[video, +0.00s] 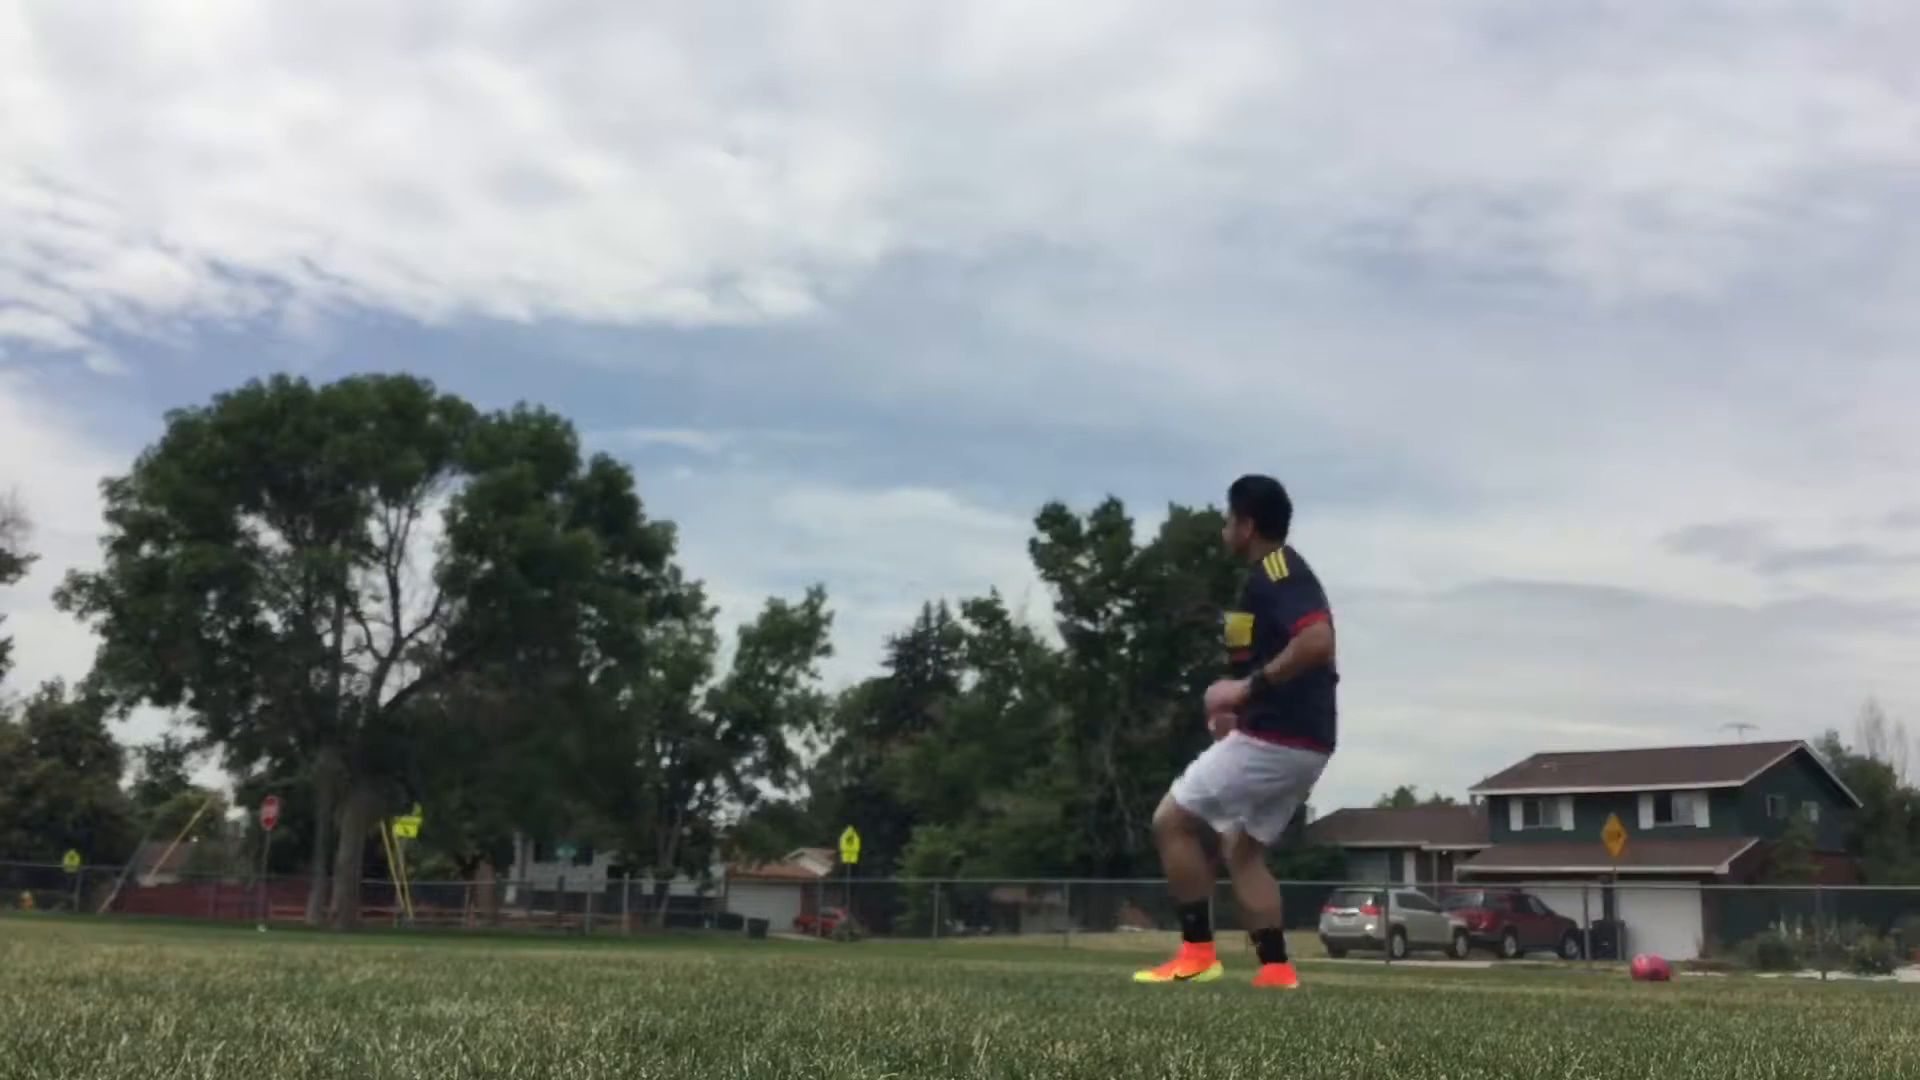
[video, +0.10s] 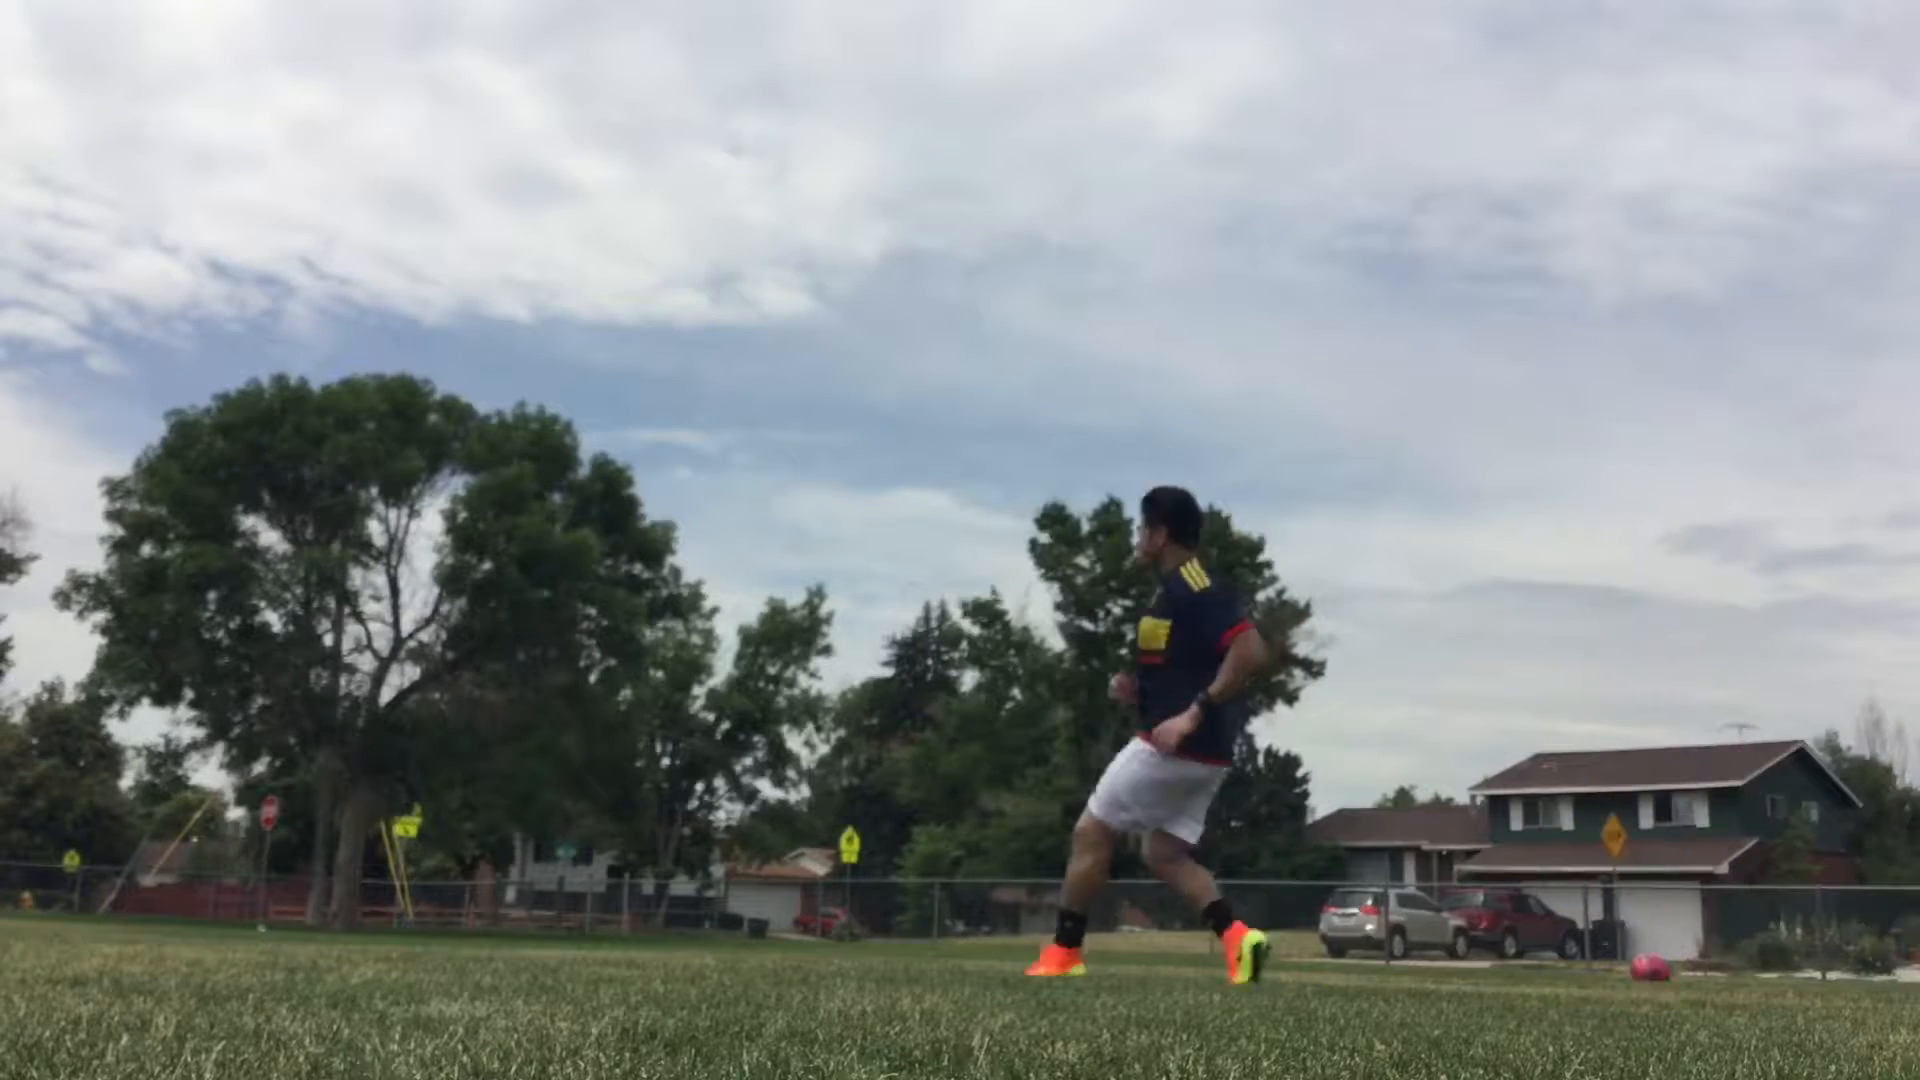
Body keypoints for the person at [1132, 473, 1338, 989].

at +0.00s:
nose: (1225, 531)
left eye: (1229, 520)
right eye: (1227, 520)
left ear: (1247, 524)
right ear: (1267, 524)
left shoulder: (1276, 568)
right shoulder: (1277, 573)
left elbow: (1316, 640)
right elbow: (1288, 664)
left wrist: (1249, 688)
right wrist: (1239, 712)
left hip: (1275, 737)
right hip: (1300, 742)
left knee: (1172, 821)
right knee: (1241, 850)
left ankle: (1197, 952)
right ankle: (1277, 969)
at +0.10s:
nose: (1137, 539)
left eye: (1142, 529)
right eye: (1140, 528)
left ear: (1161, 534)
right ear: (1175, 534)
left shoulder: (1194, 586)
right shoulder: (1179, 587)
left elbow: (1249, 650)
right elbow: (1193, 669)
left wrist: (1194, 712)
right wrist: (1141, 688)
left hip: (1171, 744)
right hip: (1203, 751)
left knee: (1091, 832)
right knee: (1166, 856)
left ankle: (1065, 949)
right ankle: (1234, 934)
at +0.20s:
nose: (1059, 549)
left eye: (1064, 539)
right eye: (1061, 538)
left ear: (1084, 541)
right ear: (1098, 541)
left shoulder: (1113, 591)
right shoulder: (1104, 590)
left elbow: (1149, 669)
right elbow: (1111, 663)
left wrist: (1092, 717)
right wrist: (1064, 683)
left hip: (1096, 742)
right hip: (1120, 748)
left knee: (1019, 836)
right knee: (1070, 832)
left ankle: (1053, 951)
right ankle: (1130, 915)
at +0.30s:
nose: (980, 566)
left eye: (985, 556)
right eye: (982, 556)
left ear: (1007, 556)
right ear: (1015, 557)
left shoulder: (1036, 591)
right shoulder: (1024, 597)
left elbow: (1072, 644)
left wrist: (1012, 672)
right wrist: (1005, 687)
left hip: (1044, 752)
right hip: (1055, 751)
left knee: (944, 816)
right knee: (1020, 840)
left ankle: (994, 915)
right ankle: (1037, 939)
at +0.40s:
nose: (906, 600)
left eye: (912, 590)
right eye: (907, 590)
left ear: (937, 593)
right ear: (942, 593)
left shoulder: (972, 632)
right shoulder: (954, 638)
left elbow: (1035, 670)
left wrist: (977, 712)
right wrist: (949, 728)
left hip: (983, 781)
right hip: (988, 780)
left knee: (882, 831)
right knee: (980, 874)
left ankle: (891, 917)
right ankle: (1011, 961)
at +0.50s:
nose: (832, 614)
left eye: (841, 605)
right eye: (833, 604)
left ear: (873, 610)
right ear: (864, 613)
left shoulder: (905, 654)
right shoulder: (872, 658)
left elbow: (975, 704)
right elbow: (916, 721)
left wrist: (956, 774)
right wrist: (872, 751)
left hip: (908, 793)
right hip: (919, 788)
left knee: (824, 860)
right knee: (946, 872)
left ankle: (825, 944)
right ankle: (1005, 953)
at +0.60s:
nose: (756, 612)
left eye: (766, 604)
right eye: (755, 603)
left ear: (799, 613)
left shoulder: (828, 662)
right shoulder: (782, 662)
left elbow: (878, 734)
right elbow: (819, 716)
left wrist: (830, 781)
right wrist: (788, 737)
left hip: (861, 777)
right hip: (827, 773)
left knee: (784, 870)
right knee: (824, 862)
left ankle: (822, 948)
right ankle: (909, 908)